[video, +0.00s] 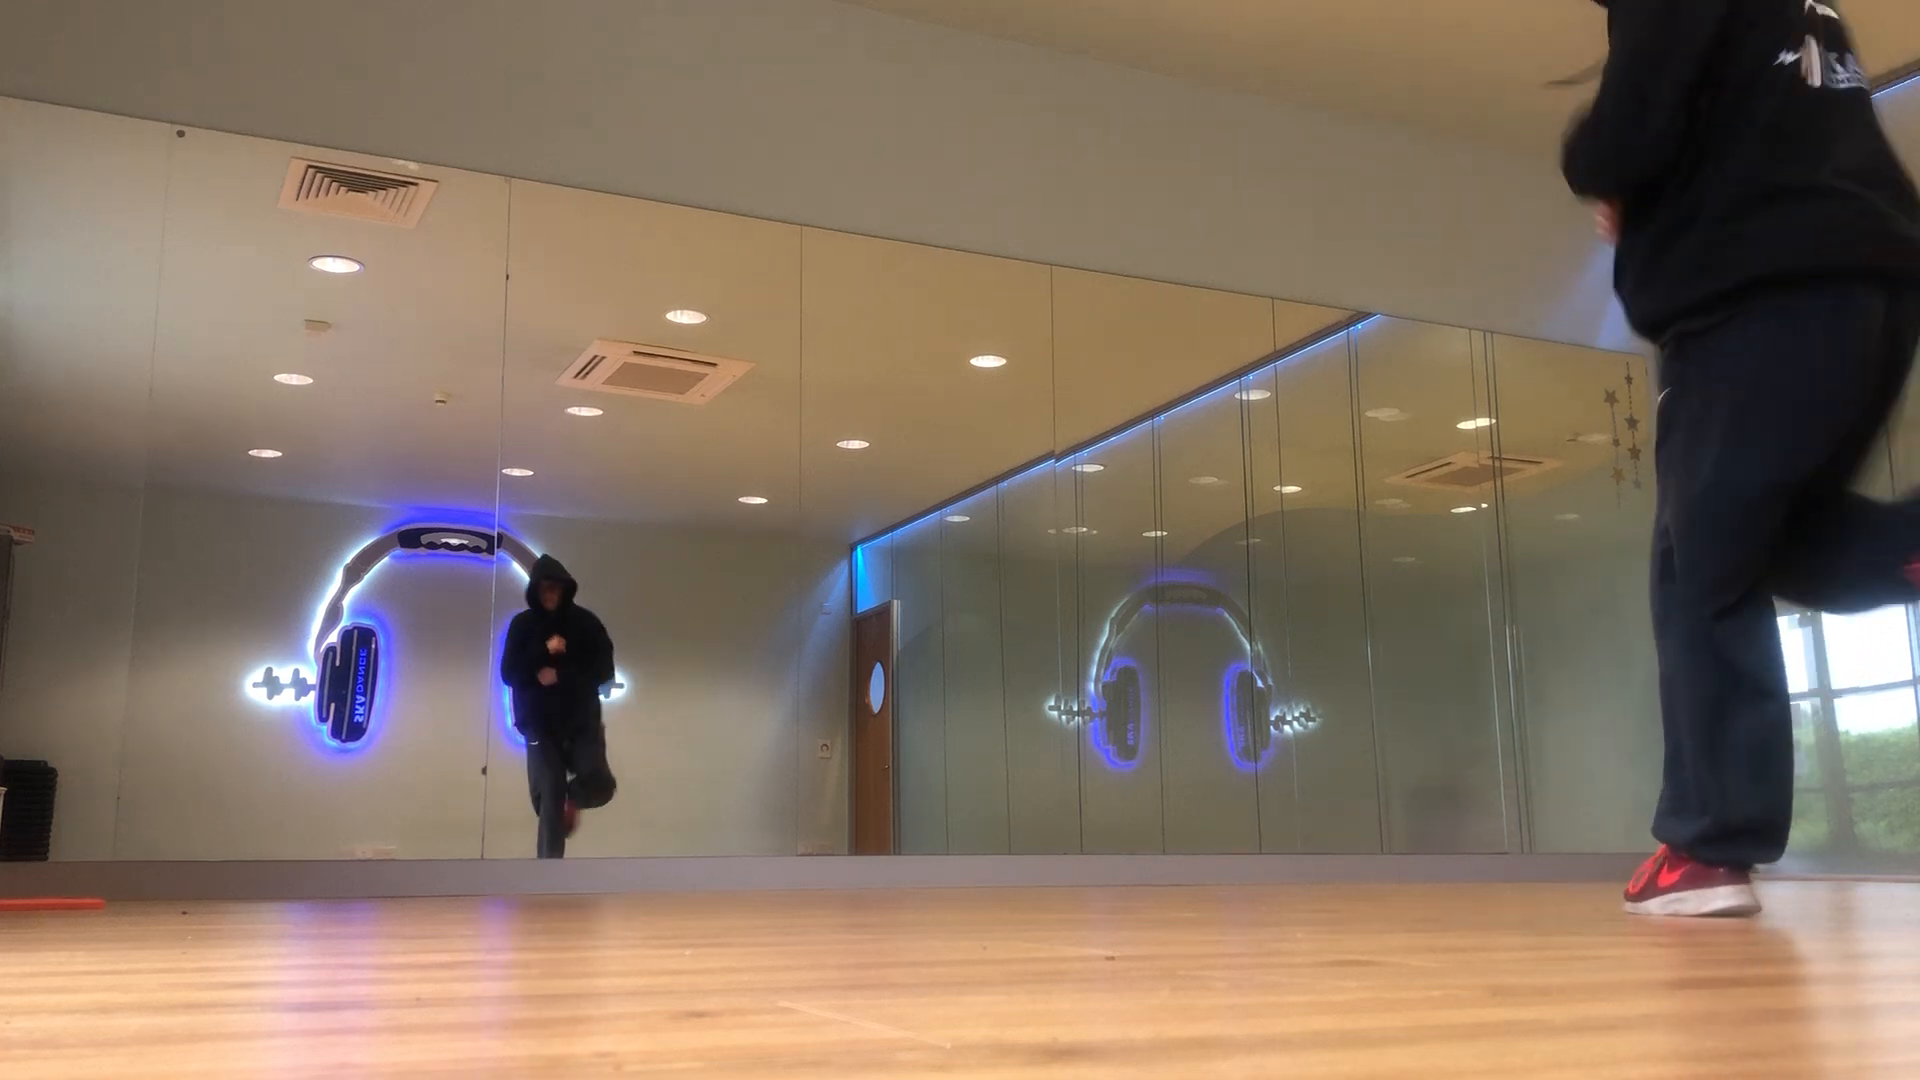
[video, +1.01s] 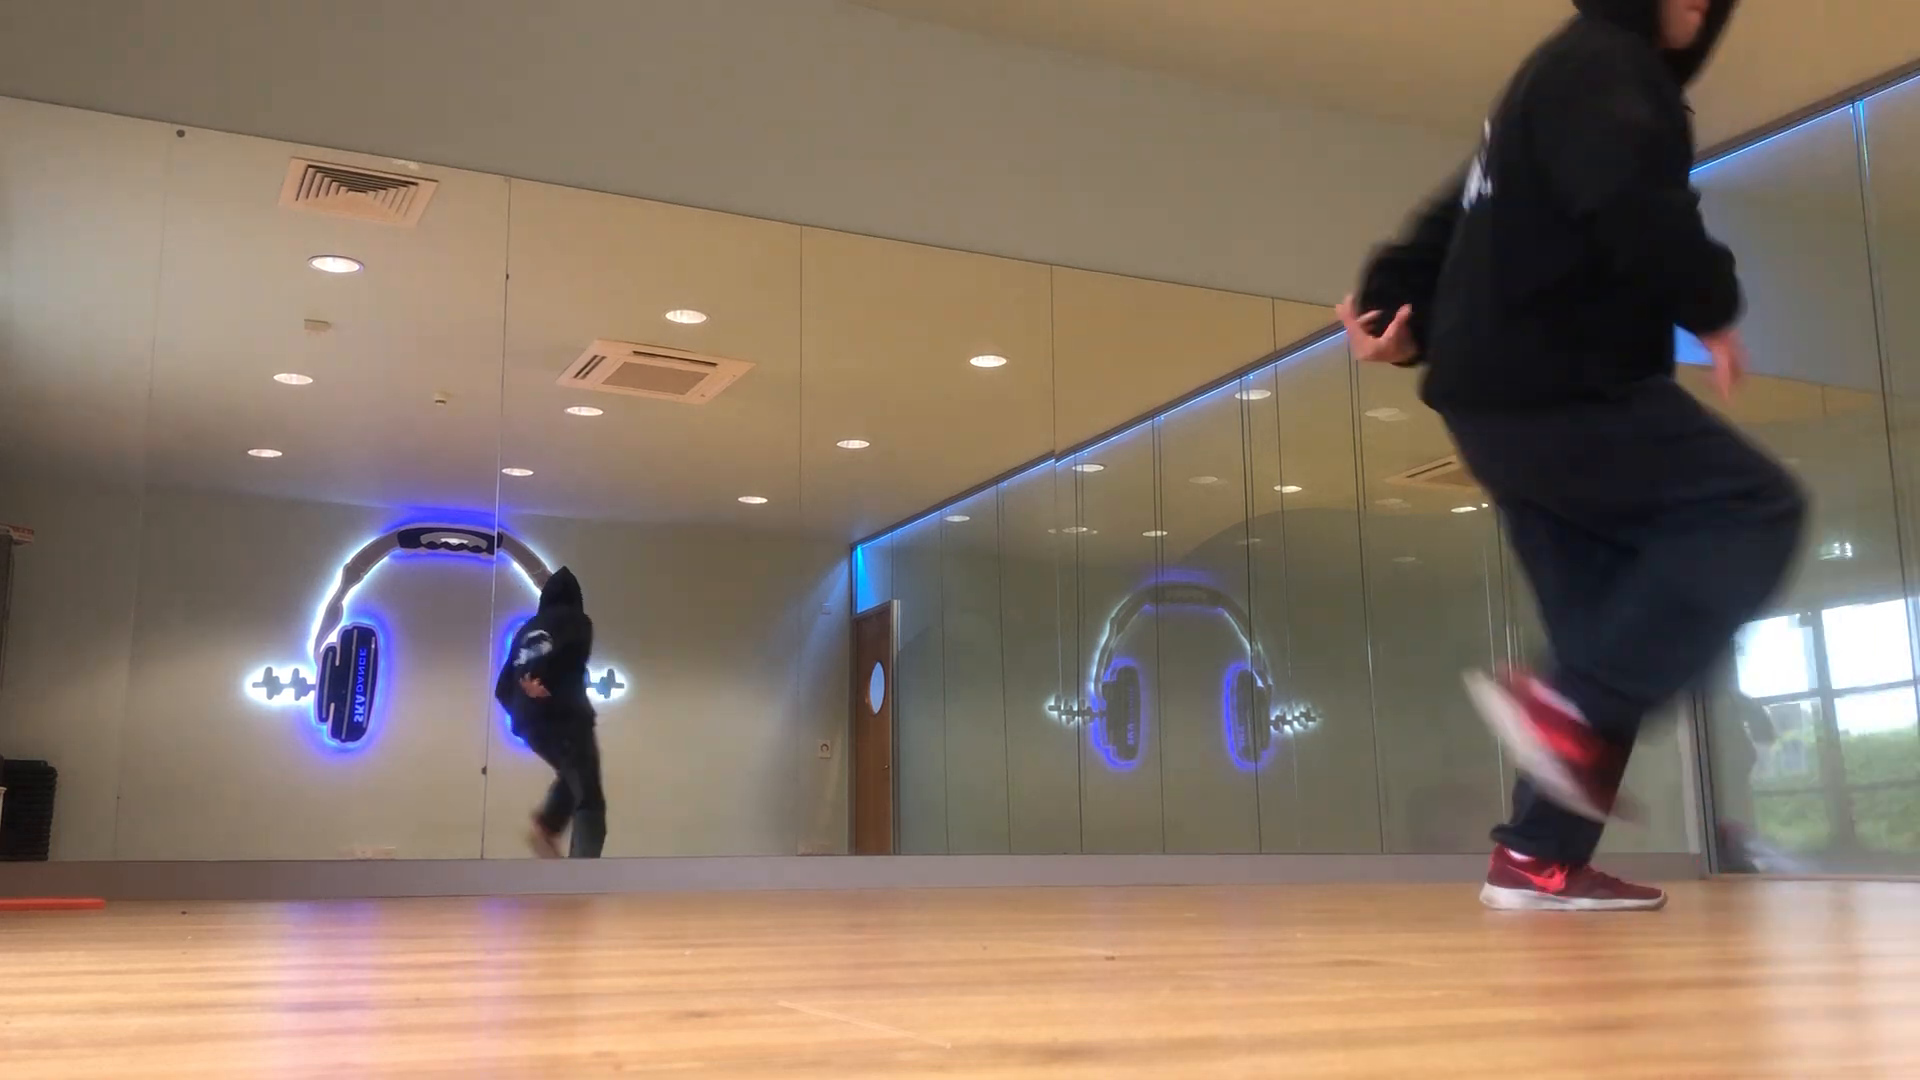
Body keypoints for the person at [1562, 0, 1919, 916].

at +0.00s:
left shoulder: (1670, 4)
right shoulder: (1797, 14)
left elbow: (1629, 127)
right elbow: (1766, 122)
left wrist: (1585, 162)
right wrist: (1638, 183)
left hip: (1763, 283)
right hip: (1866, 276)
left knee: (1702, 565)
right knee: (1775, 535)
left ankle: (1714, 848)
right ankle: (1913, 542)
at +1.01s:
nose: (1700, 10)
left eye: (1707, 1)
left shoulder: (1564, 65)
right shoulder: (1614, 72)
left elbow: (1476, 193)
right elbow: (1637, 206)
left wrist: (1395, 288)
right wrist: (1713, 307)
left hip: (1495, 387)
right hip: (1558, 384)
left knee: (1603, 621)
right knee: (1753, 505)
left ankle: (1542, 856)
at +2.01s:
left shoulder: (1376, 62)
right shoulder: (1169, 9)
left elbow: (1329, 230)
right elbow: (1086, 91)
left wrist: (1253, 356)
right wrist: (1094, 257)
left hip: (1219, 293)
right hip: (1079, 250)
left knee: (1214, 483)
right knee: (1045, 532)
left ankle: (1115, 760)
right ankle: (989, 821)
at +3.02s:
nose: (1639, 13)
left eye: (1651, 6)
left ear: (1647, 17)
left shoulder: (1557, 88)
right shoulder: (1490, 79)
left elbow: (1544, 275)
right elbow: (1493, 265)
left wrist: (1567, 425)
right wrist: (1558, 426)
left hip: (1459, 387)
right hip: (1415, 386)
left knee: (1524, 621)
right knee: (1624, 537)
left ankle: (1382, 827)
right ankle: (1687, 825)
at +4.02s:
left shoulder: (1458, 46)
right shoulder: (1229, 10)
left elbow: (1358, 163)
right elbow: (1171, 126)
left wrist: (1221, 49)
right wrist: (1166, 38)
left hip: (1312, 315)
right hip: (1161, 289)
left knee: (1302, 517)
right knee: (1101, 530)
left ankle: (1256, 813)